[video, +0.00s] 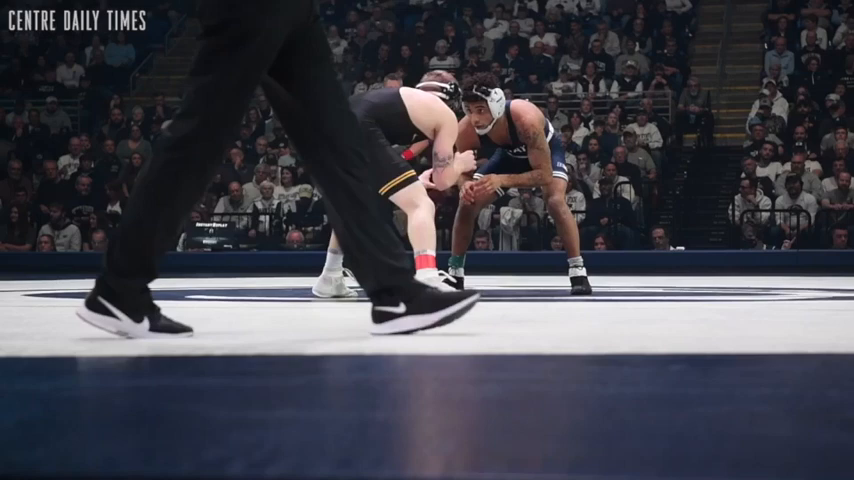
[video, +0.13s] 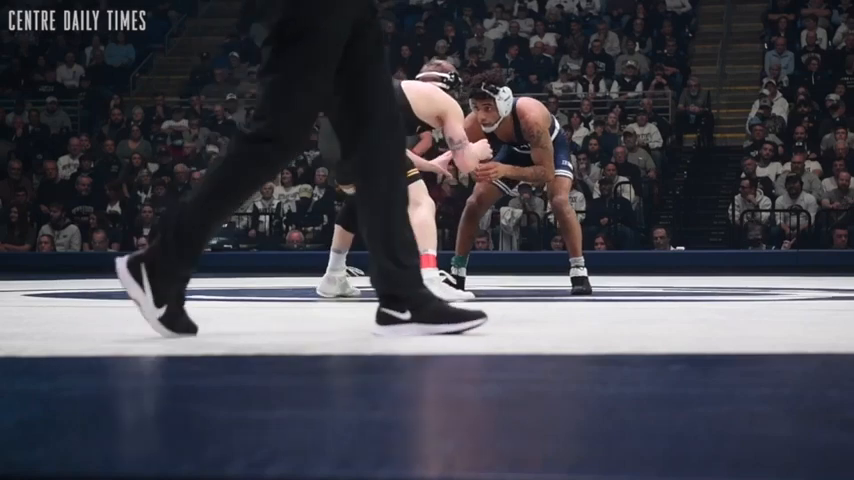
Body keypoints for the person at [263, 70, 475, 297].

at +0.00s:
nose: (471, 116)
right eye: (469, 111)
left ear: (428, 90)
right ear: (454, 103)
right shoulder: (446, 119)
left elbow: (390, 159)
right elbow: (441, 181)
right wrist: (459, 165)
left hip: (337, 126)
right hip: (362, 130)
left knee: (349, 202)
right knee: (420, 204)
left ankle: (330, 277)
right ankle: (427, 275)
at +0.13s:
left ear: (426, 79)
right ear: (451, 85)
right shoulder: (447, 104)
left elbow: (391, 146)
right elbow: (465, 163)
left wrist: (433, 165)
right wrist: (478, 150)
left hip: (337, 128)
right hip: (373, 137)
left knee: (356, 198)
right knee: (420, 203)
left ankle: (333, 276)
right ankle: (431, 279)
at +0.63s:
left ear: (403, 92)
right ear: (437, 99)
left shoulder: (378, 99)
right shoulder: (443, 124)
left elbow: (333, 162)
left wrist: (370, 195)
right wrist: (395, 195)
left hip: (358, 142)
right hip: (399, 147)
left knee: (358, 197)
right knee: (412, 231)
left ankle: (335, 277)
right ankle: (430, 280)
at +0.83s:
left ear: (417, 78)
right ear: (452, 80)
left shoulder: (401, 87)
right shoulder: (462, 98)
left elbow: (351, 132)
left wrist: (387, 164)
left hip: (394, 137)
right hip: (437, 147)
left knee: (377, 200)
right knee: (442, 229)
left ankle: (352, 275)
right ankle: (438, 280)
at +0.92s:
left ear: (414, 74)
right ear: (447, 72)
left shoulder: (400, 86)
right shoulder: (463, 90)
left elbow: (349, 136)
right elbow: (476, 98)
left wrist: (394, 158)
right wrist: (468, 75)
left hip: (401, 132)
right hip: (446, 138)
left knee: (389, 191)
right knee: (449, 222)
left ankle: (382, 271)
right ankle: (441, 278)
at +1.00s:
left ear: (411, 75)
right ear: (445, 70)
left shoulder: (399, 89)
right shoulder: (461, 87)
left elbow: (354, 145)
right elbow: (488, 105)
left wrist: (394, 161)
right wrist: (484, 79)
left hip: (405, 122)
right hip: (448, 127)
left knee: (405, 192)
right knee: (459, 214)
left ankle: (400, 277)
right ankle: (446, 271)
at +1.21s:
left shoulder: (408, 98)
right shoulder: (474, 106)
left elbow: (359, 127)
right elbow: (503, 153)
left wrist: (390, 163)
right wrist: (514, 108)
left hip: (416, 115)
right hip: (461, 119)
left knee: (409, 196)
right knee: (478, 213)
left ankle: (403, 276)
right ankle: (489, 248)